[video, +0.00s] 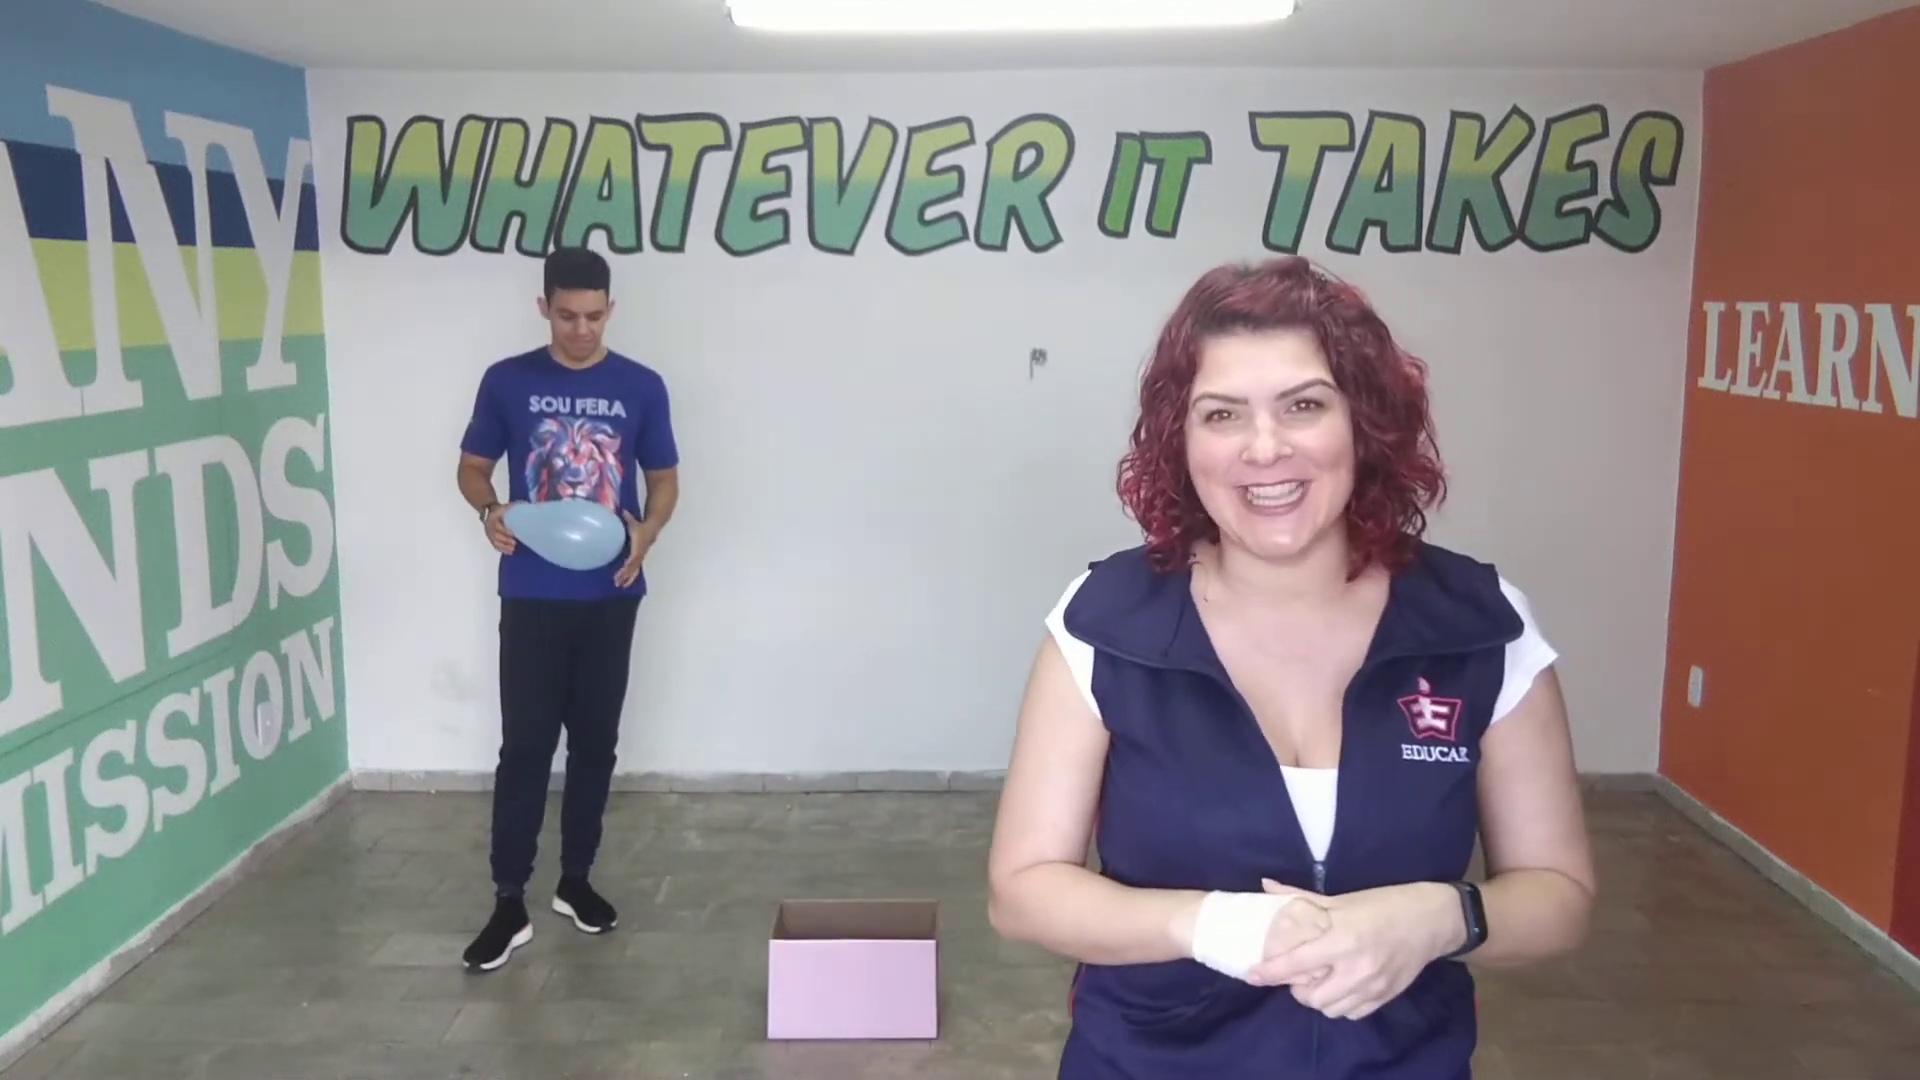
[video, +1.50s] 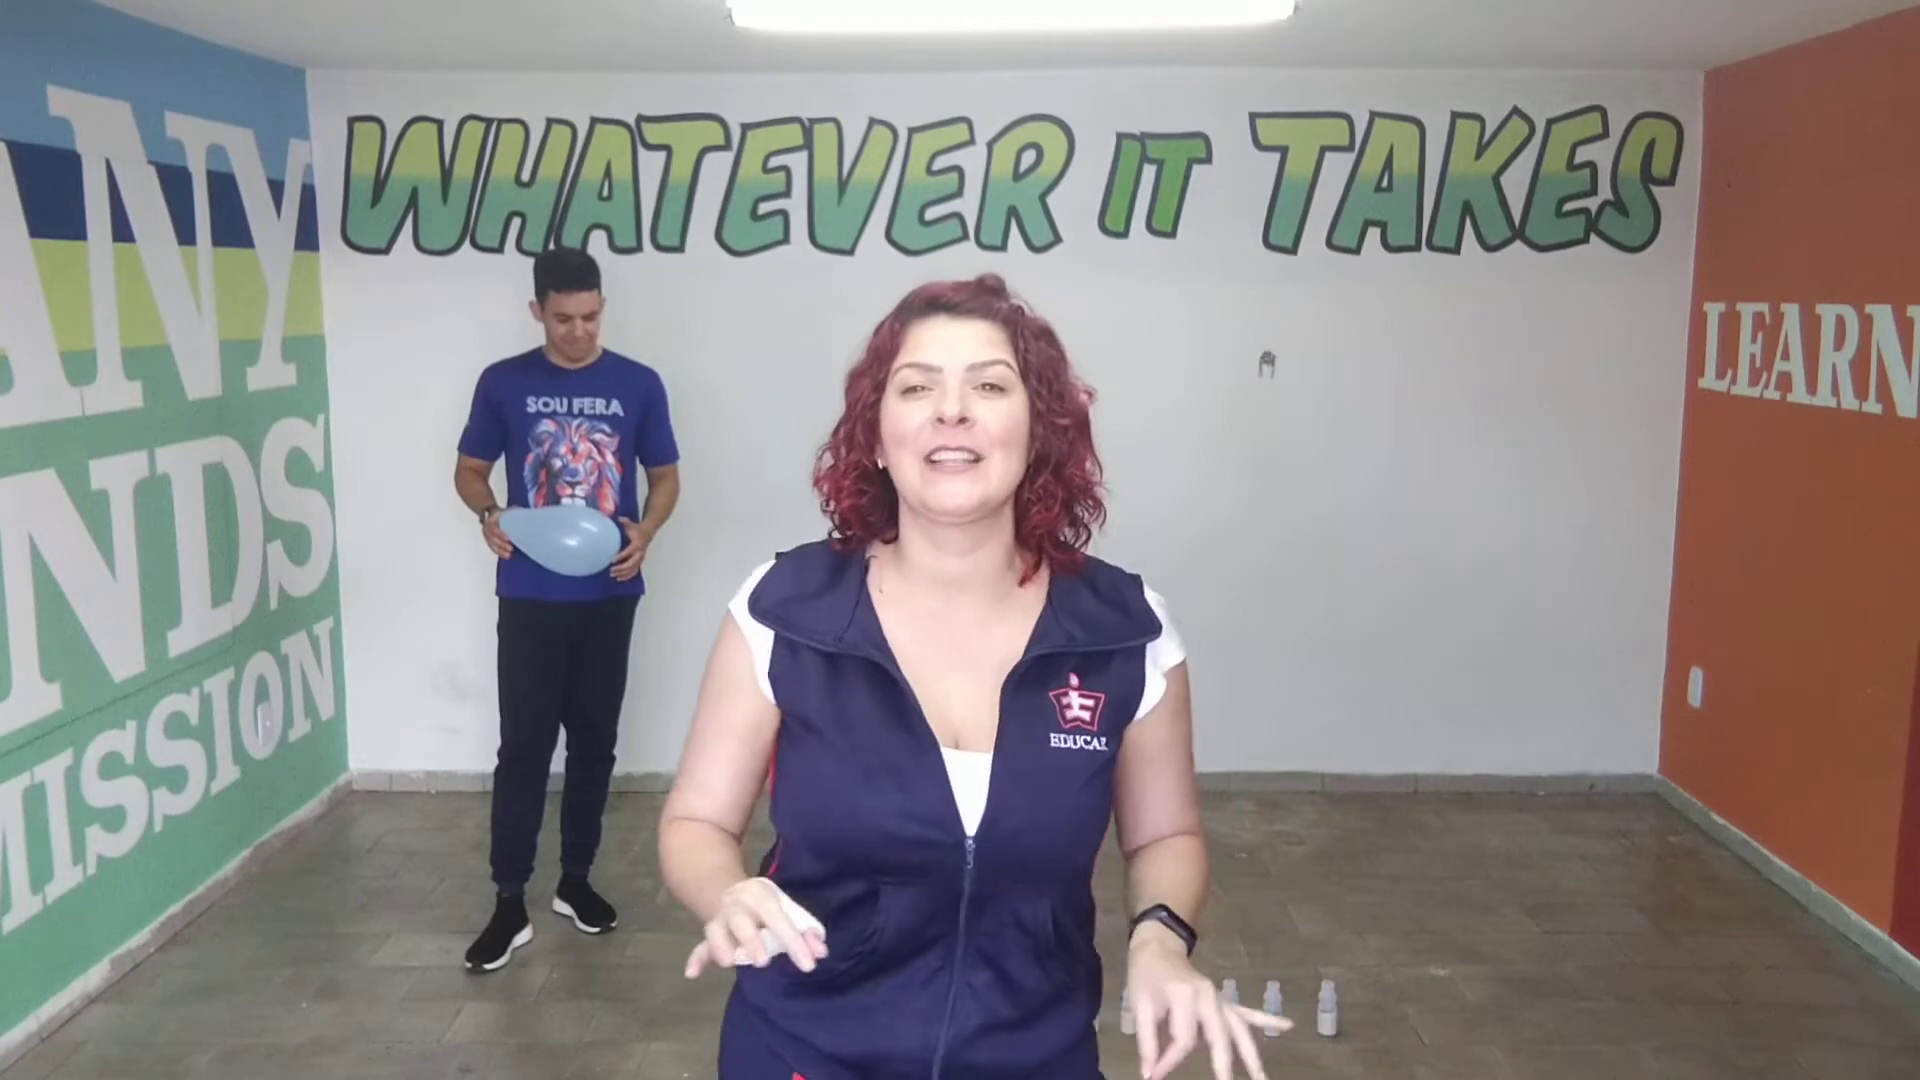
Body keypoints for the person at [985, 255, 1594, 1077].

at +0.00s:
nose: (1265, 451)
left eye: (1304, 408)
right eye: (1223, 415)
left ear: (1365, 424)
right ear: (1179, 441)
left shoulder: (1476, 624)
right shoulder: (1108, 623)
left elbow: (1559, 893)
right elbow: (1022, 887)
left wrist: (1438, 920)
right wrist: (1210, 924)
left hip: (1401, 1063)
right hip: (1154, 1063)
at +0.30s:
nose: (1205, 440)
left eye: (1244, 399)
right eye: (1165, 405)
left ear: (1303, 416)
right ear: (1120, 433)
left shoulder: (1409, 622)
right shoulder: (1049, 614)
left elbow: (1487, 898)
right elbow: (956, 881)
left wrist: (1362, 912)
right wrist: (1135, 910)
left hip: (1336, 1062)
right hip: (1091, 1060)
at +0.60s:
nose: (1144, 393)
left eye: (1186, 373)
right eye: (1109, 363)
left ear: (1229, 426)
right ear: (1053, 406)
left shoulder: (1315, 626)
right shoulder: (960, 604)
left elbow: (1393, 909)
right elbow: (883, 847)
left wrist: (1209, 922)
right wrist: (1003, 914)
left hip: (1239, 1061)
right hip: (997, 1057)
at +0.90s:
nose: (1030, 385)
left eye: (1072, 363)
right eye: (996, 359)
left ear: (1121, 412)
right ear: (949, 407)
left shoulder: (1221, 609)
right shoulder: (882, 601)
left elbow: (1312, 886)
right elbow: (833, 820)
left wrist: (1118, 915)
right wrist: (865, 898)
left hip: (1147, 1057)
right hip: (916, 1054)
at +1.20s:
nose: (980, 405)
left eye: (1020, 377)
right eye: (946, 378)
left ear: (1071, 414)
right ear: (904, 416)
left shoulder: (1166, 621)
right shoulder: (827, 599)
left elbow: (1231, 865)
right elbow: (769, 806)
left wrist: (1118, 945)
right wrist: (753, 868)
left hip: (1058, 1056)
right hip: (844, 1051)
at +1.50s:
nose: (953, 412)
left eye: (991, 386)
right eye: (919, 388)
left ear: (1039, 426)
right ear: (875, 429)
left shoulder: (1123, 625)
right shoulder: (788, 605)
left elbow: (1165, 833)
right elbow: (697, 817)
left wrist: (1160, 940)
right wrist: (725, 892)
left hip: (1032, 1055)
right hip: (813, 1051)